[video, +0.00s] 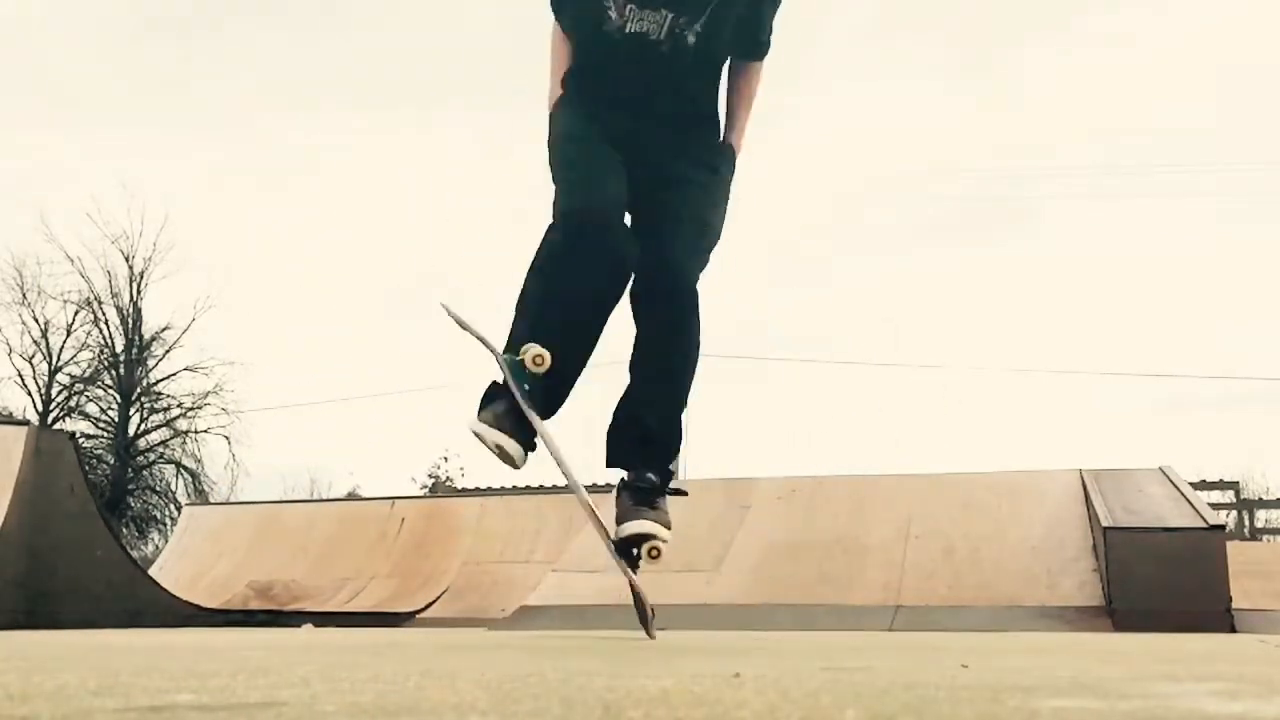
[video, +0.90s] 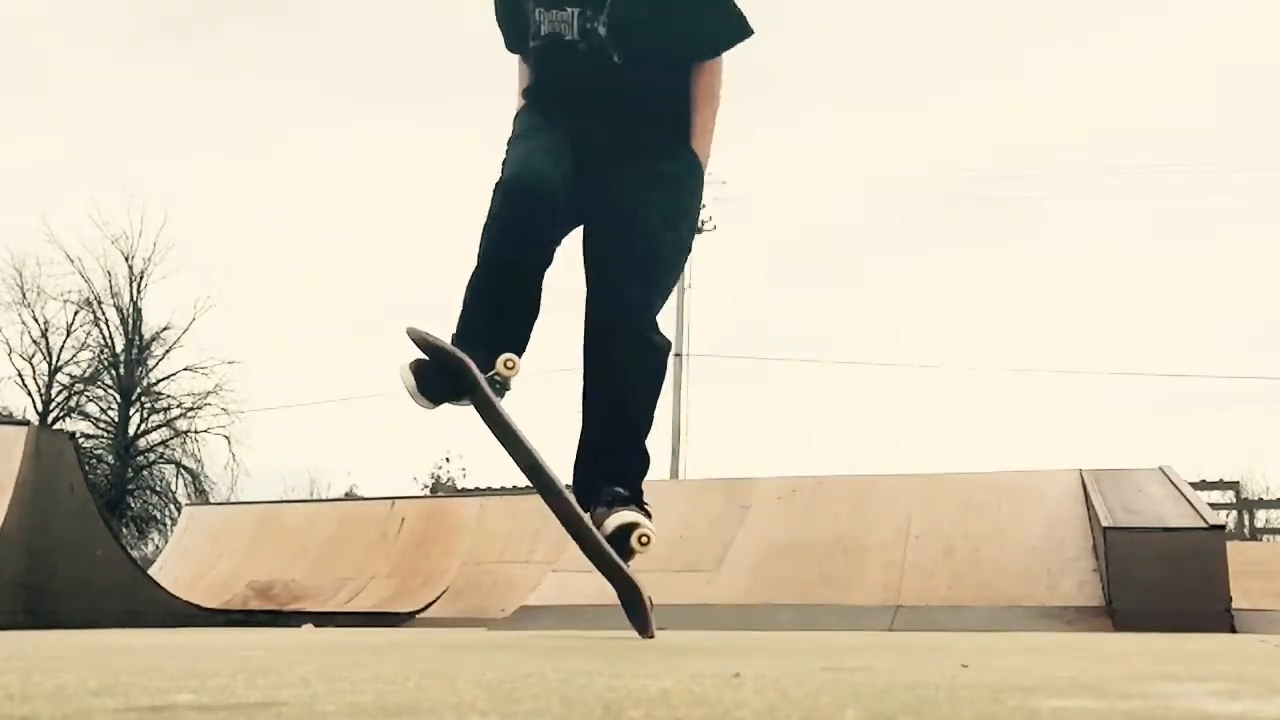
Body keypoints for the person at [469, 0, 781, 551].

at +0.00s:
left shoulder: (753, 5)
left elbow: (748, 55)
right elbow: (566, 25)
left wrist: (731, 148)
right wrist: (559, 112)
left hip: (686, 122)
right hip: (592, 109)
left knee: (671, 289)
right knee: (593, 236)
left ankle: (645, 477)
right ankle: (520, 397)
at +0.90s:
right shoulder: (521, 3)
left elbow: (707, 54)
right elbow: (528, 56)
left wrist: (694, 164)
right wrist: (524, 134)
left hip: (651, 124)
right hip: (556, 117)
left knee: (628, 322)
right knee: (527, 191)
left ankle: (613, 493)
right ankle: (481, 351)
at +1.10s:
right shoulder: (491, 4)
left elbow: (664, 30)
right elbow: (491, 41)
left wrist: (656, 134)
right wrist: (482, 122)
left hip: (616, 128)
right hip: (513, 120)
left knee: (602, 315)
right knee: (466, 209)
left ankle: (597, 497)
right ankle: (450, 371)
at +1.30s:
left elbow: (644, 17)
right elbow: (469, 30)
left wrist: (632, 117)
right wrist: (462, 85)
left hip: (592, 95)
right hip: (491, 88)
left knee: (590, 298)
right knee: (439, 169)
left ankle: (591, 496)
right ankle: (455, 324)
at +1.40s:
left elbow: (639, 14)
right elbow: (464, 30)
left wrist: (628, 113)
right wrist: (455, 83)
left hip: (585, 98)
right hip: (485, 88)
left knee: (586, 295)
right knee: (432, 159)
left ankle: (590, 488)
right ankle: (454, 316)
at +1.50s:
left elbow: (635, 13)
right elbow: (462, 31)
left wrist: (622, 113)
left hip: (580, 97)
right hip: (479, 88)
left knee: (581, 283)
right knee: (425, 154)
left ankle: (588, 480)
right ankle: (453, 308)